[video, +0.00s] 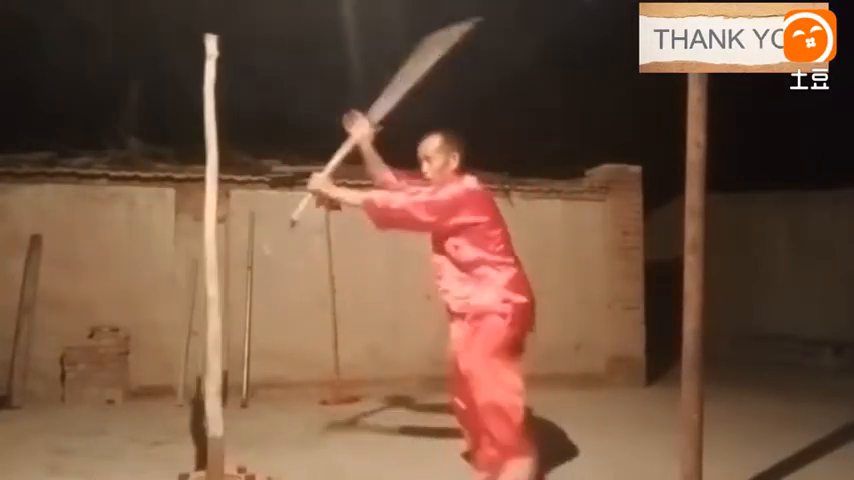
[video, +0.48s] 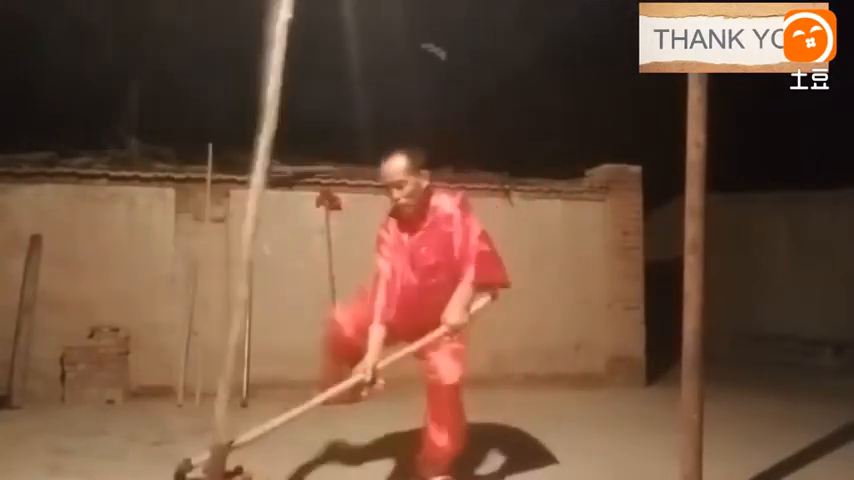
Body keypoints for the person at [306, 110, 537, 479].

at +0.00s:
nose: (423, 166)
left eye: (429, 158)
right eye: (422, 159)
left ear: (453, 160)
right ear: (449, 162)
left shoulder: (468, 194)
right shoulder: (445, 192)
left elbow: (404, 204)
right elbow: (392, 184)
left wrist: (336, 192)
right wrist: (366, 145)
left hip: (499, 304)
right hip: (470, 306)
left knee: (483, 367)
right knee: (466, 377)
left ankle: (517, 457)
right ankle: (487, 457)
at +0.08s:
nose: (419, 164)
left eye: (425, 155)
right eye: (417, 157)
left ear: (449, 156)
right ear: (424, 162)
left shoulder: (466, 189)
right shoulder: (440, 190)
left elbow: (402, 206)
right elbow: (379, 188)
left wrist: (334, 192)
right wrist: (353, 148)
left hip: (492, 305)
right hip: (466, 308)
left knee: (486, 383)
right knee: (463, 390)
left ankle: (519, 461)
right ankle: (488, 461)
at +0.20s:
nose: (418, 158)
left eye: (425, 150)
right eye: (414, 151)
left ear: (448, 148)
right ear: (411, 153)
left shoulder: (467, 186)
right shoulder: (413, 190)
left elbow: (452, 230)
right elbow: (373, 200)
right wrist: (334, 200)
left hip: (481, 293)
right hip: (439, 293)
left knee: (461, 363)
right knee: (443, 365)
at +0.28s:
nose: (412, 164)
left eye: (419, 155)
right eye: (408, 157)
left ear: (444, 153)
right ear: (406, 159)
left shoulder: (466, 191)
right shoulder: (412, 196)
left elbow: (476, 249)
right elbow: (379, 210)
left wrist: (439, 267)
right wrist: (343, 206)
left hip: (462, 296)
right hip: (424, 295)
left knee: (445, 372)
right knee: (426, 371)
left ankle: (426, 458)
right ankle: (427, 439)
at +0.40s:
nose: (399, 188)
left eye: (404, 178)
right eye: (393, 181)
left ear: (427, 172)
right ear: (390, 183)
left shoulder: (457, 205)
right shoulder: (398, 221)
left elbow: (483, 253)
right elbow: (392, 281)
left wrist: (455, 294)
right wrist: (377, 336)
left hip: (460, 298)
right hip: (420, 300)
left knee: (450, 374)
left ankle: (429, 457)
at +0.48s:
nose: (395, 196)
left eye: (400, 186)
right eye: (389, 189)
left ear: (423, 180)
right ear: (385, 189)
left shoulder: (451, 209)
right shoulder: (391, 229)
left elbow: (479, 261)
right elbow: (382, 291)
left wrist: (458, 304)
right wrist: (371, 357)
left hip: (438, 317)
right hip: (395, 312)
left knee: (446, 382)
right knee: (344, 325)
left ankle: (436, 466)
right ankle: (347, 382)